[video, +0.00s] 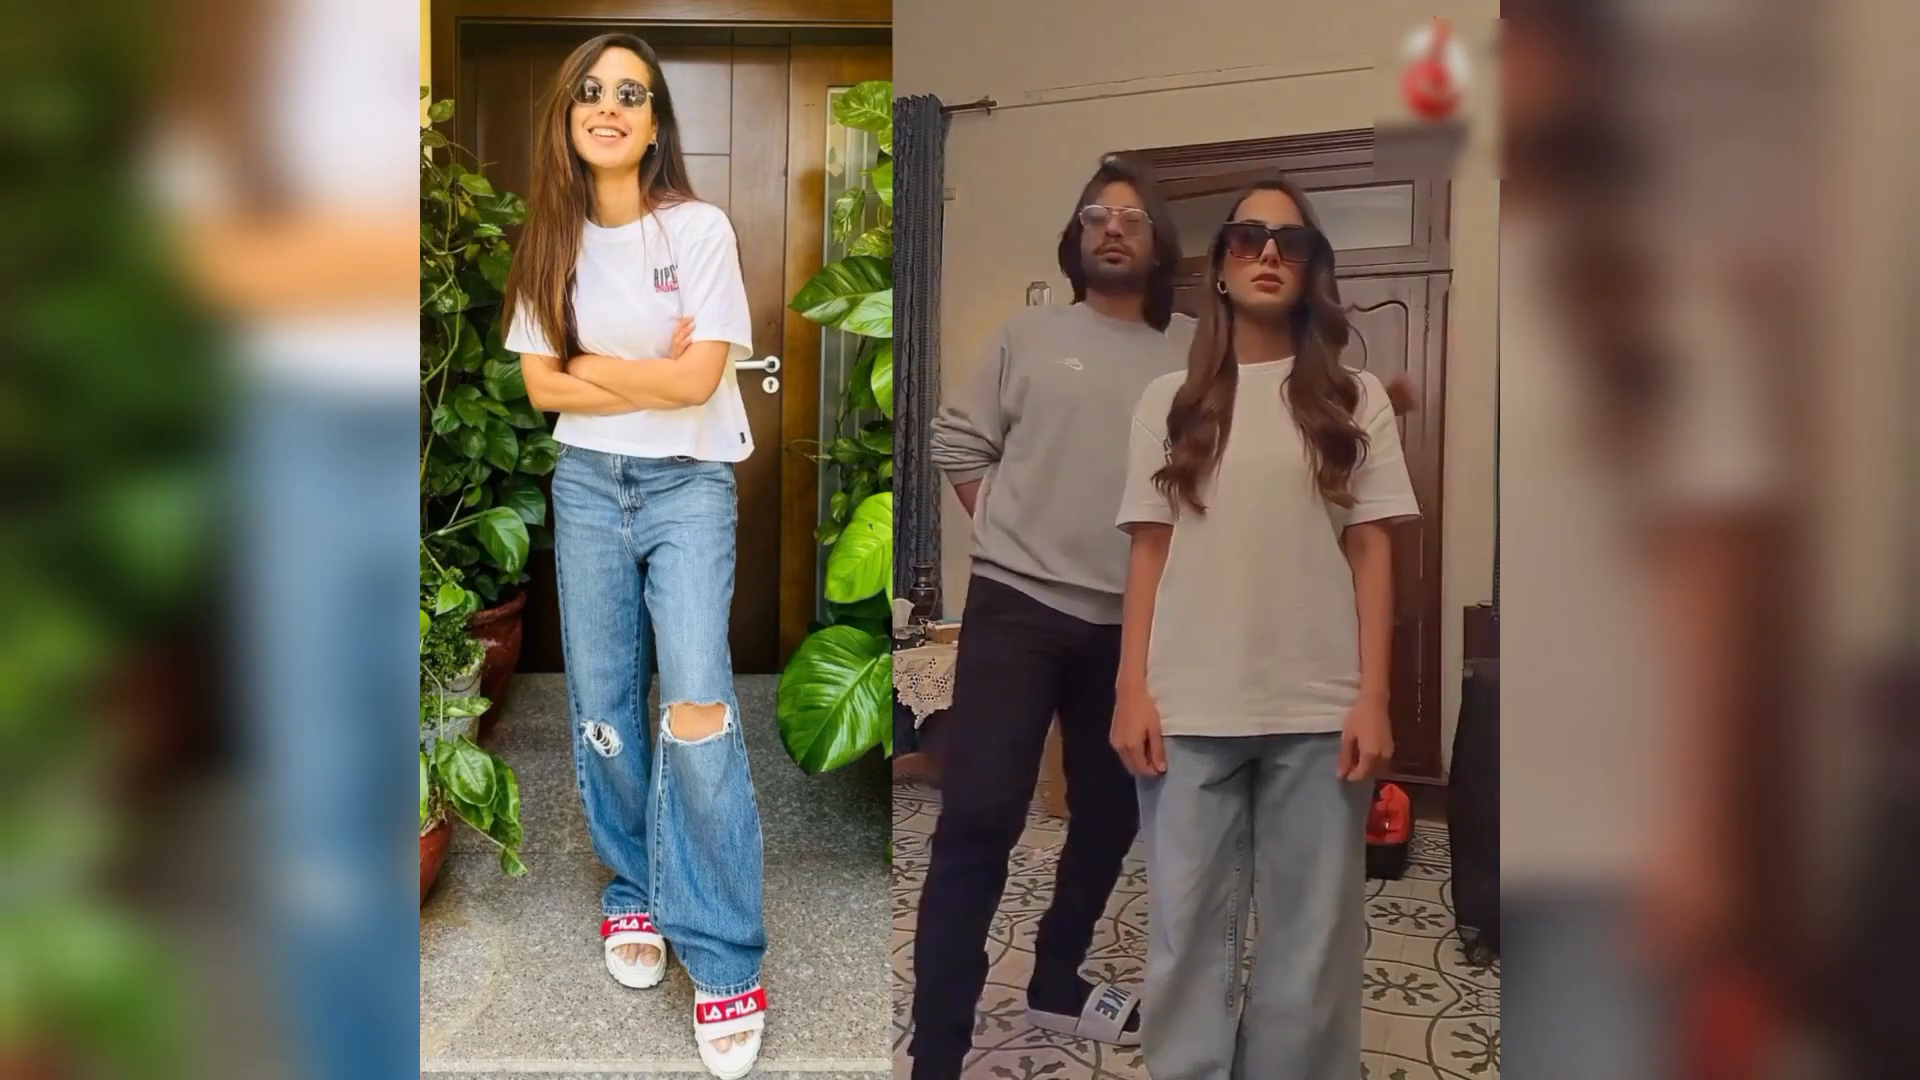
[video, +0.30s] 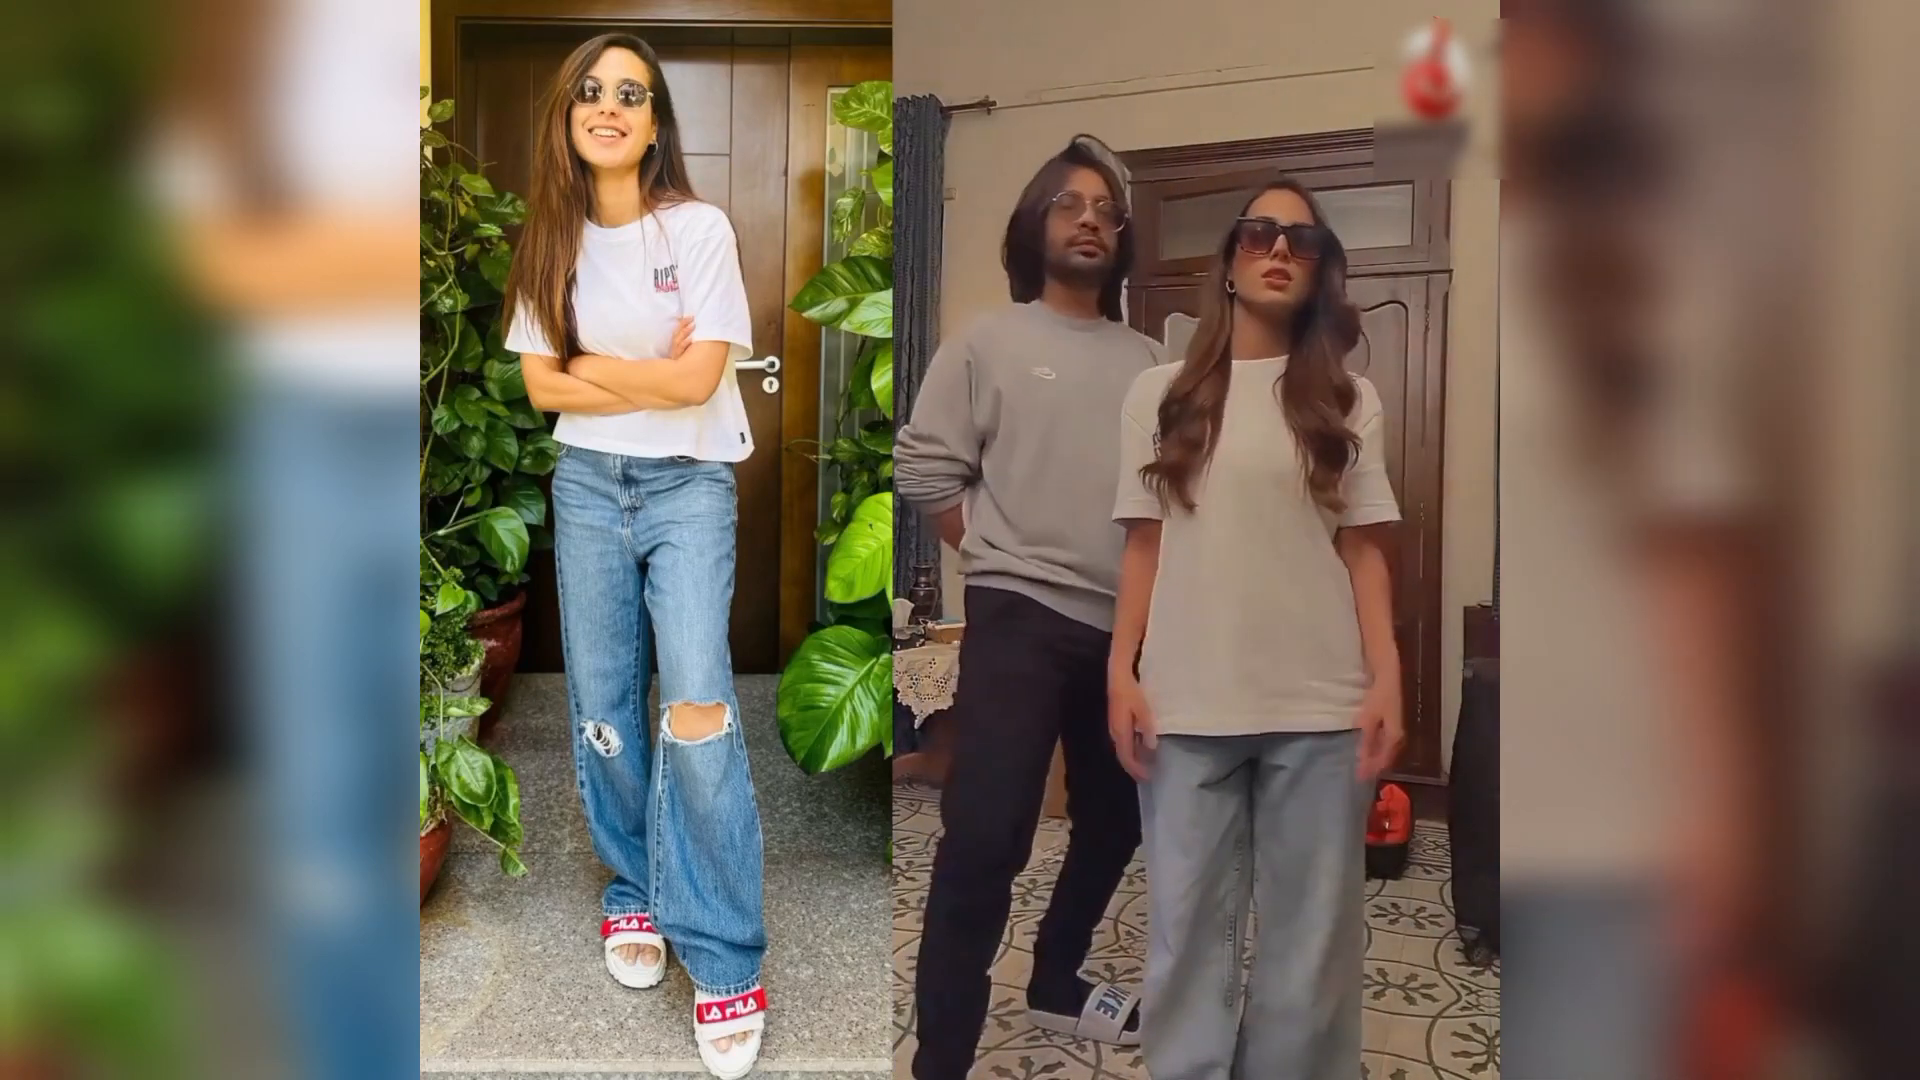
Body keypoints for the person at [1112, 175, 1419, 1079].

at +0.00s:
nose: (1267, 252)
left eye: (1290, 242)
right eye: (1247, 240)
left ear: (1314, 270)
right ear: (1221, 268)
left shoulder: (1353, 394)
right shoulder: (1171, 397)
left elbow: (1371, 552)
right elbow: (1148, 552)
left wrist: (1373, 699)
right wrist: (1132, 687)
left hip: (1321, 718)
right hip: (1188, 718)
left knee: (1310, 955)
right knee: (1183, 945)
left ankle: (1289, 1074)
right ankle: (1184, 1071)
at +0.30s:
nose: (1278, 249)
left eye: (1300, 240)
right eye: (1260, 235)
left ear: (1323, 271)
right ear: (1228, 261)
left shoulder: (1346, 395)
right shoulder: (1164, 390)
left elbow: (1366, 552)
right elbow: (1143, 544)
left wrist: (1386, 682)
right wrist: (1121, 671)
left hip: (1322, 714)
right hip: (1185, 712)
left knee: (1309, 954)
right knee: (1181, 944)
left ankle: (1290, 1073)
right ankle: (1186, 1068)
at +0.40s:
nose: (1274, 247)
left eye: (1295, 236)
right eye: (1255, 233)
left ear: (1320, 265)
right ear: (1225, 260)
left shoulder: (1351, 393)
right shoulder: (1168, 390)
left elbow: (1354, 542)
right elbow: (1164, 540)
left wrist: (1421, 535)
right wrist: (1103, 552)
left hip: (1320, 707)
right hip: (1185, 705)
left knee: (1310, 951)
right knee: (1183, 943)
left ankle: (1293, 1071)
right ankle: (1184, 1067)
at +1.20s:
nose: (1265, 247)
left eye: (1285, 236)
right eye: (1246, 233)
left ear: (1311, 265)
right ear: (1216, 262)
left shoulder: (1346, 396)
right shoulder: (1161, 394)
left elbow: (1353, 544)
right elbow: (1153, 541)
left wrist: (1426, 550)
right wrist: (1070, 544)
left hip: (1317, 708)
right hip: (1180, 707)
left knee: (1308, 949)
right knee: (1183, 942)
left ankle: (1294, 1072)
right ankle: (1185, 1068)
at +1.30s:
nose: (1264, 245)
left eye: (1285, 234)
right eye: (1246, 232)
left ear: (1311, 265)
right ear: (1216, 263)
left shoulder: (1344, 392)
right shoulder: (1163, 390)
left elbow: (1394, 540)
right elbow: (1115, 532)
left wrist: (1431, 407)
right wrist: (1066, 402)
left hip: (1317, 706)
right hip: (1181, 704)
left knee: (1309, 953)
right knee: (1182, 945)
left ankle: (1294, 1072)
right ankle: (1184, 1067)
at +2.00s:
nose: (1266, 248)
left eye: (1286, 236)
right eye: (1247, 234)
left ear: (1311, 263)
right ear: (1217, 258)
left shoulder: (1347, 392)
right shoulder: (1159, 391)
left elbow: (1384, 537)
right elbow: (1105, 531)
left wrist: (1471, 451)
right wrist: (1026, 446)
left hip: (1320, 707)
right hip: (1184, 708)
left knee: (1315, 944)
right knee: (1185, 938)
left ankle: (1294, 1075)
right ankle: (1186, 1069)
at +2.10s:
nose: (1265, 249)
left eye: (1286, 238)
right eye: (1246, 236)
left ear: (1312, 265)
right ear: (1218, 263)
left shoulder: (1350, 398)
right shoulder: (1159, 398)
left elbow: (1370, 539)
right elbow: (1124, 532)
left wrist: (1430, 579)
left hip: (1321, 713)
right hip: (1182, 713)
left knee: (1312, 948)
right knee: (1185, 940)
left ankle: (1297, 1070)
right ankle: (1186, 1066)